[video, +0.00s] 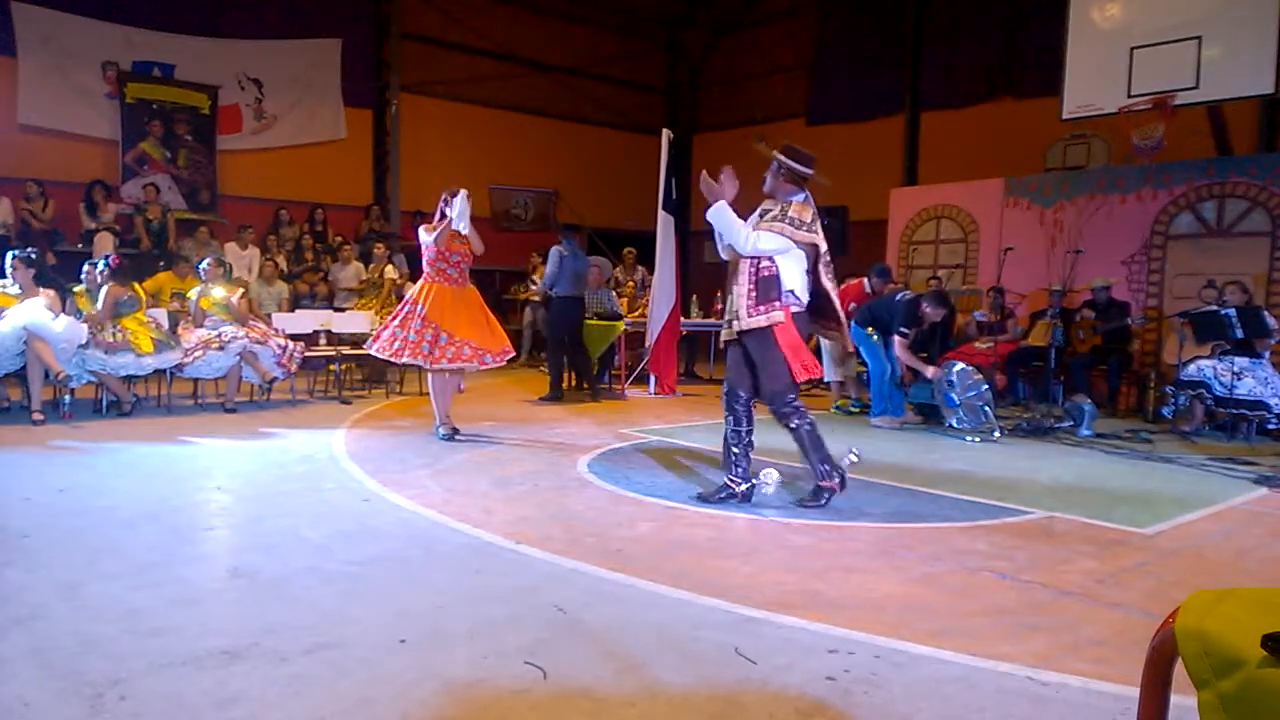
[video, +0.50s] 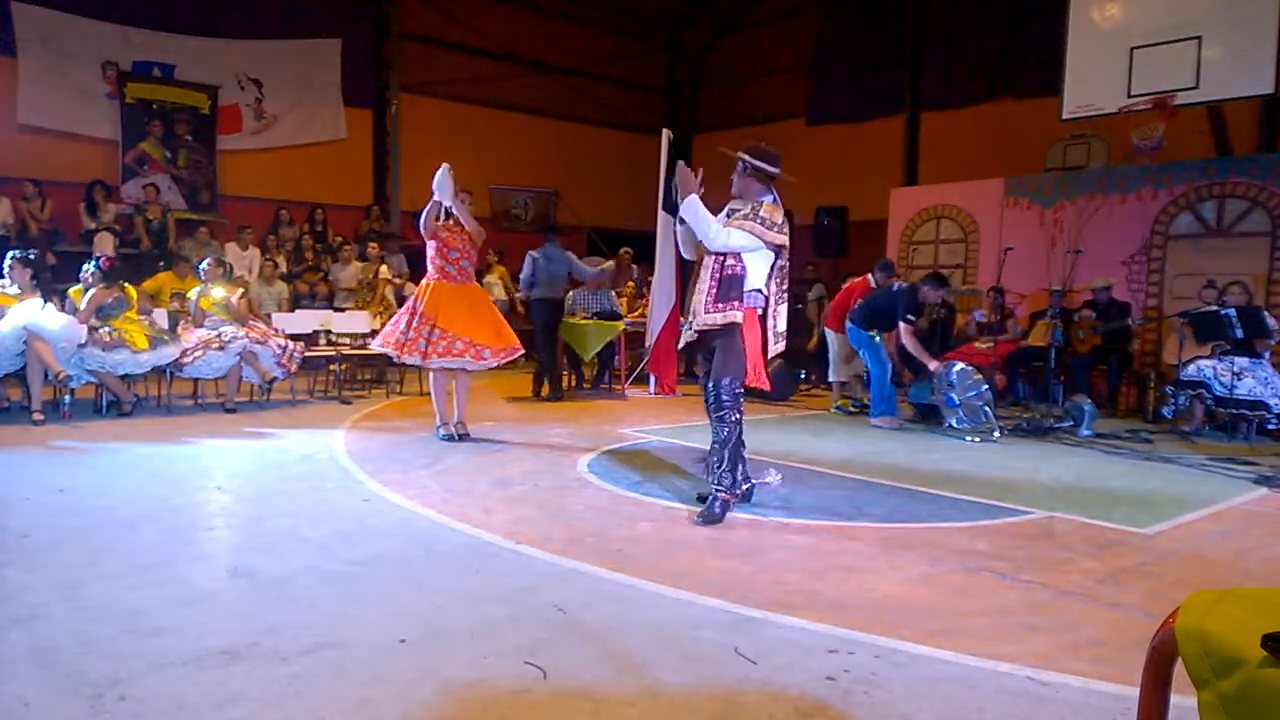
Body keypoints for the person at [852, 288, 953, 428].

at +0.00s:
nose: (938, 320)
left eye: (941, 316)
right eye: (937, 315)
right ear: (925, 307)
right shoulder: (907, 309)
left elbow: (905, 343)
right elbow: (900, 349)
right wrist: (925, 369)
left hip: (884, 331)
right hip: (865, 327)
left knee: (894, 370)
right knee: (881, 368)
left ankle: (898, 411)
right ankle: (879, 414)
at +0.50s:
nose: (939, 301)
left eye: (941, 298)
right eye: (938, 297)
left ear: (927, 288)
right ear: (928, 289)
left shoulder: (913, 295)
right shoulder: (909, 297)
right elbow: (906, 337)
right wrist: (929, 362)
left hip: (871, 328)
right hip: (862, 328)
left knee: (883, 367)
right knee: (881, 367)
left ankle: (885, 413)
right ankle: (880, 414)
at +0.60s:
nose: (940, 298)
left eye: (942, 294)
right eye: (939, 294)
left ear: (925, 287)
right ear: (926, 288)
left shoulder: (913, 295)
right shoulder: (909, 297)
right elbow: (907, 336)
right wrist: (930, 361)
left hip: (869, 327)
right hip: (859, 326)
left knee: (880, 367)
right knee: (879, 367)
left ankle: (880, 413)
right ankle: (879, 414)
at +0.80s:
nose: (940, 297)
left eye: (942, 293)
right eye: (939, 292)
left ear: (925, 286)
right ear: (926, 287)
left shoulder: (912, 293)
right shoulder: (910, 296)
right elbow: (909, 336)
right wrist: (931, 361)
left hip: (866, 326)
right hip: (859, 326)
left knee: (874, 368)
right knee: (876, 368)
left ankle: (874, 412)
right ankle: (878, 415)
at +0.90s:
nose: (939, 297)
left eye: (941, 293)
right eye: (939, 292)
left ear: (925, 286)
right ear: (926, 287)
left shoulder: (910, 292)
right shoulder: (910, 296)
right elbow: (907, 335)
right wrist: (929, 360)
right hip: (859, 326)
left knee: (873, 368)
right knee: (876, 368)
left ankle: (874, 412)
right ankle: (877, 415)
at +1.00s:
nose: (939, 296)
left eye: (941, 292)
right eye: (939, 291)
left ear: (925, 285)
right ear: (926, 286)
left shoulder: (907, 290)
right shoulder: (910, 296)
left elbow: (899, 331)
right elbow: (905, 334)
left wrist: (904, 353)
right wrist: (925, 360)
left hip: (864, 327)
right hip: (859, 327)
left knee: (875, 368)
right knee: (876, 368)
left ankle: (874, 412)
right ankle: (877, 415)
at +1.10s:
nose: (939, 294)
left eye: (941, 290)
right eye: (939, 289)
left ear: (926, 284)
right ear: (927, 285)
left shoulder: (910, 292)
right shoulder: (909, 294)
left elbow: (902, 331)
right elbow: (904, 332)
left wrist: (909, 356)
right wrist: (924, 359)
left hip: (866, 327)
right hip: (858, 327)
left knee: (876, 368)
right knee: (876, 368)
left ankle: (875, 412)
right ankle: (877, 415)